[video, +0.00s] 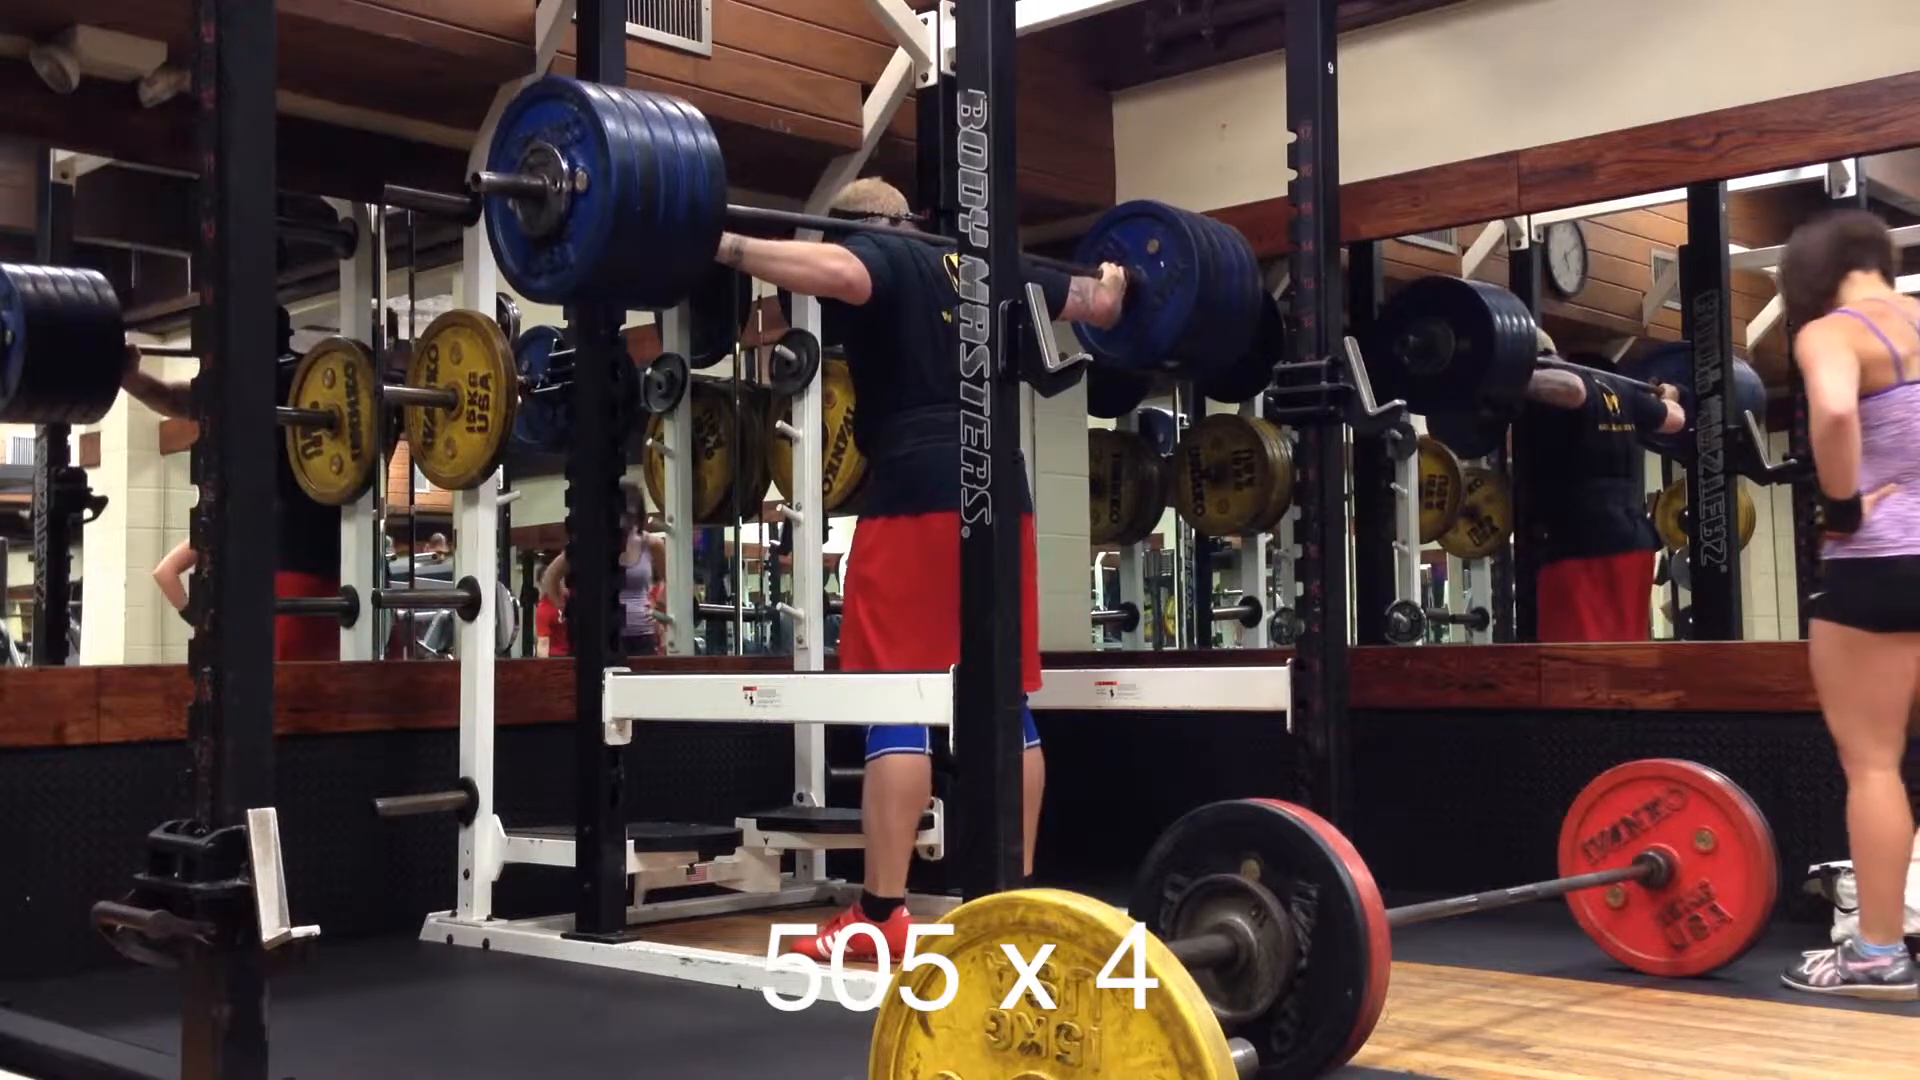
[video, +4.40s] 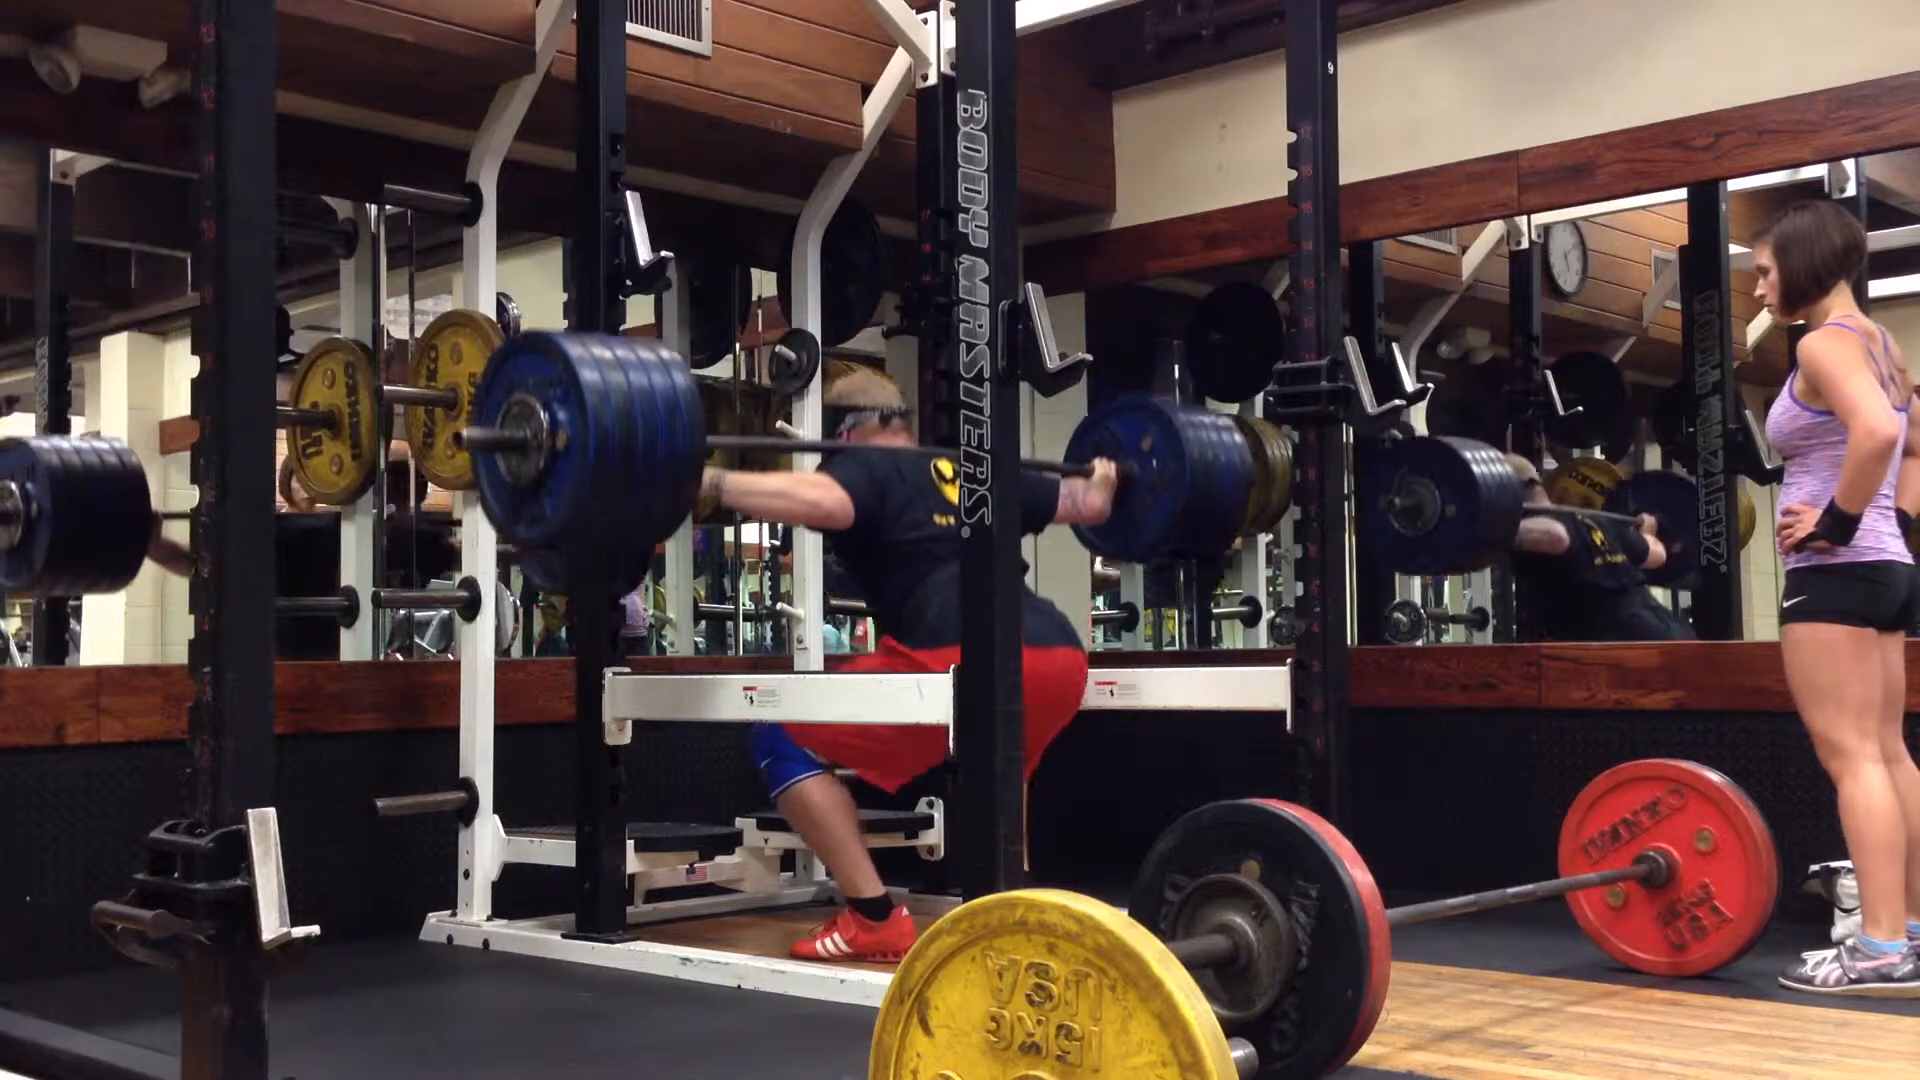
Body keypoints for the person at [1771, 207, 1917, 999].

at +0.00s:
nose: (1792, 289)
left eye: (1794, 275)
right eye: (1790, 276)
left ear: (1813, 271)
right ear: (1880, 264)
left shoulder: (1828, 333)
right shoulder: (1911, 313)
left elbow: (1836, 413)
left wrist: (1843, 509)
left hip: (1878, 561)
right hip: (1903, 557)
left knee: (1872, 761)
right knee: (1879, 756)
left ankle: (1879, 947)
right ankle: (1886, 934)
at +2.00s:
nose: (1774, 289)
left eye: (1781, 274)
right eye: (1773, 274)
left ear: (1820, 270)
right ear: (1849, 270)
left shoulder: (1842, 344)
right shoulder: (1882, 339)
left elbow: (1894, 430)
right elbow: (1890, 440)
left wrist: (1852, 522)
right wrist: (1838, 508)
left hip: (1850, 577)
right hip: (1892, 572)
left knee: (1859, 756)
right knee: (1896, 749)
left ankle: (1883, 942)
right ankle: (1897, 930)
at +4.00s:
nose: (1759, 283)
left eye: (1764, 267)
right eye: (1758, 268)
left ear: (1800, 264)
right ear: (1838, 263)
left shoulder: (1825, 343)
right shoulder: (1875, 339)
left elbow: (1878, 431)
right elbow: (1907, 444)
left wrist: (1837, 521)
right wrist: (1891, 521)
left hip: (1836, 572)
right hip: (1884, 567)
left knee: (1853, 757)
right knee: (1886, 750)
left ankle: (1882, 943)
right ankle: (1904, 927)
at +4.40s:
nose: (1757, 283)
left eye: (1763, 268)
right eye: (1756, 268)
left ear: (1799, 266)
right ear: (1837, 263)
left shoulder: (1822, 343)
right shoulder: (1874, 340)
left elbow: (1876, 431)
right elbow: (1907, 439)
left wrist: (1835, 520)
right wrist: (1893, 521)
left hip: (1833, 571)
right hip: (1883, 567)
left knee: (1852, 757)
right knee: (1885, 748)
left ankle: (1881, 943)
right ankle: (1903, 926)